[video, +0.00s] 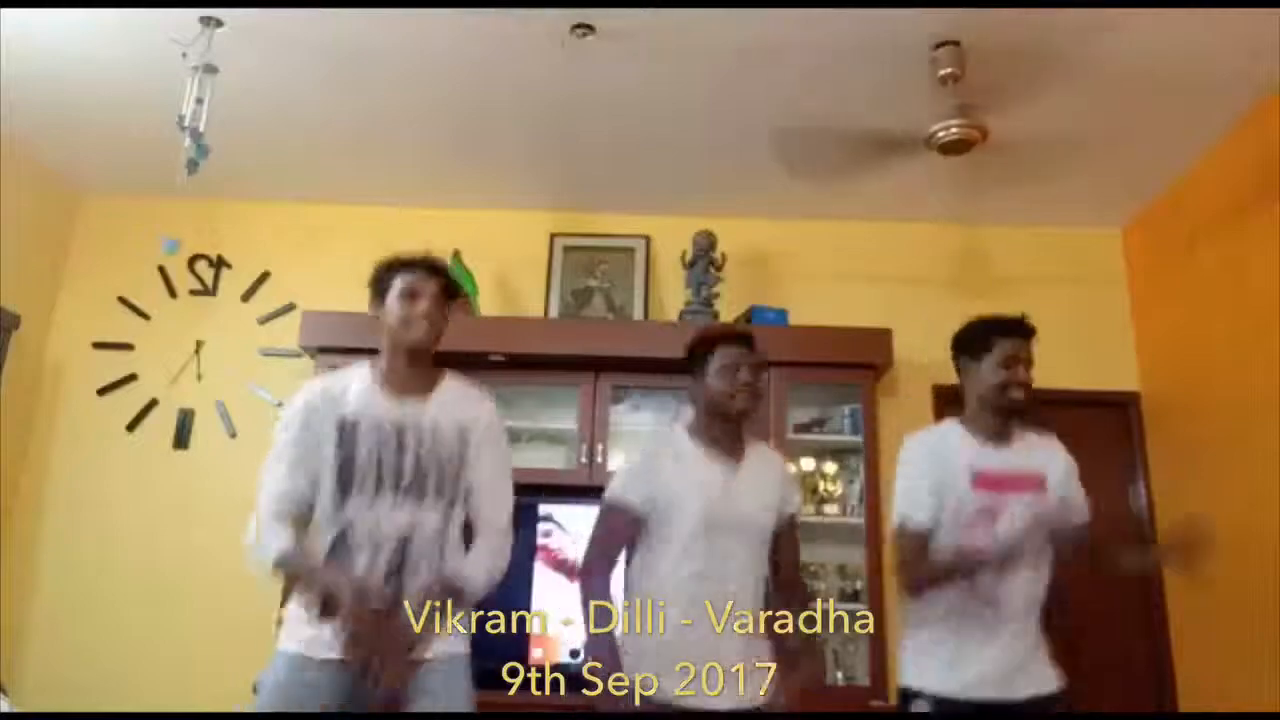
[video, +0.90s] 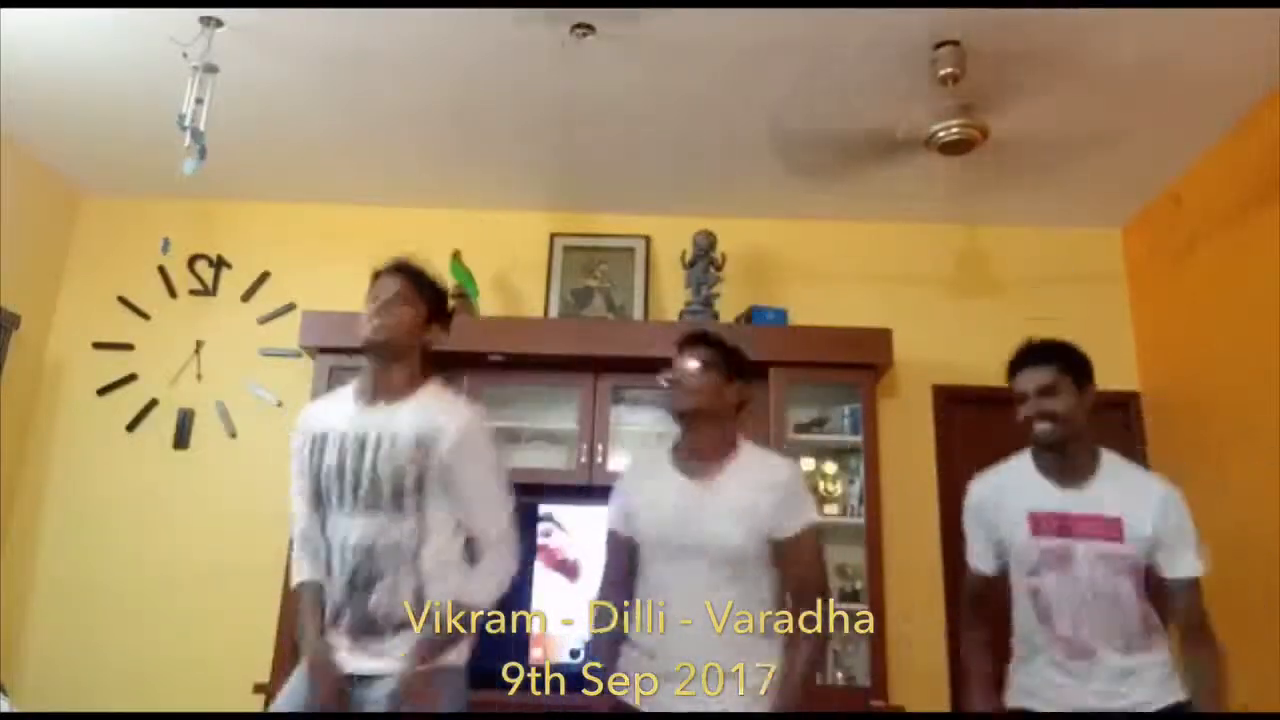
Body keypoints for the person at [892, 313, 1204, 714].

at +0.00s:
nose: (1022, 377)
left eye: (1027, 365)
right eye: (1008, 364)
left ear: (1033, 370)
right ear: (965, 370)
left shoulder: (1050, 455)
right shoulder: (926, 452)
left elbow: (1081, 553)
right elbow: (912, 575)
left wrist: (1155, 552)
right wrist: (995, 547)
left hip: (1028, 680)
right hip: (941, 686)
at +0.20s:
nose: (1030, 372)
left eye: (1034, 360)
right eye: (1019, 358)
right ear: (975, 353)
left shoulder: (1025, 432)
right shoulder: (942, 410)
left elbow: (1081, 544)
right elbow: (981, 513)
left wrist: (1221, 532)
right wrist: (1070, 492)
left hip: (1115, 625)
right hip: (1040, 632)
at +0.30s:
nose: (1037, 400)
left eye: (1040, 388)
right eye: (1025, 386)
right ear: (982, 377)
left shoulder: (1005, 445)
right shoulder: (960, 433)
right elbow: (1002, 554)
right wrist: (1094, 570)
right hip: (1083, 656)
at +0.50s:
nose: (1072, 408)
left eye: (1075, 394)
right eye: (1059, 394)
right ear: (1019, 392)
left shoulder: (1063, 461)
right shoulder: (1003, 461)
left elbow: (1109, 553)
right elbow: (1026, 583)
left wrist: (1191, 560)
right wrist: (1097, 567)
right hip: (1118, 678)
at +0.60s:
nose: (1068, 349)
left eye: (1073, 335)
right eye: (1051, 338)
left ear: (1082, 334)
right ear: (1014, 342)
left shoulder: (1111, 407)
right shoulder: (996, 416)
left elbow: (1158, 519)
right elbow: (999, 534)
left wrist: (1262, 510)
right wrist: (1087, 452)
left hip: (1175, 627)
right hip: (1087, 639)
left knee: (1217, 704)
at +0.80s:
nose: (1053, 372)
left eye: (1064, 355)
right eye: (1034, 362)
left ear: (1087, 354)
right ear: (1018, 372)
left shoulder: (1148, 428)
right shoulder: (990, 450)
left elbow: (1204, 536)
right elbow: (978, 582)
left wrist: (1265, 585)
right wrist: (1017, 664)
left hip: (1153, 666)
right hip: (1051, 676)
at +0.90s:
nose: (1033, 410)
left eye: (1048, 394)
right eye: (1022, 400)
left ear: (1088, 397)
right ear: (1016, 409)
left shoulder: (1154, 498)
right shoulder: (990, 494)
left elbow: (1194, 631)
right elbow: (978, 619)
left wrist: (1208, 703)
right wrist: (983, 704)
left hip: (1143, 696)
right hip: (1041, 696)